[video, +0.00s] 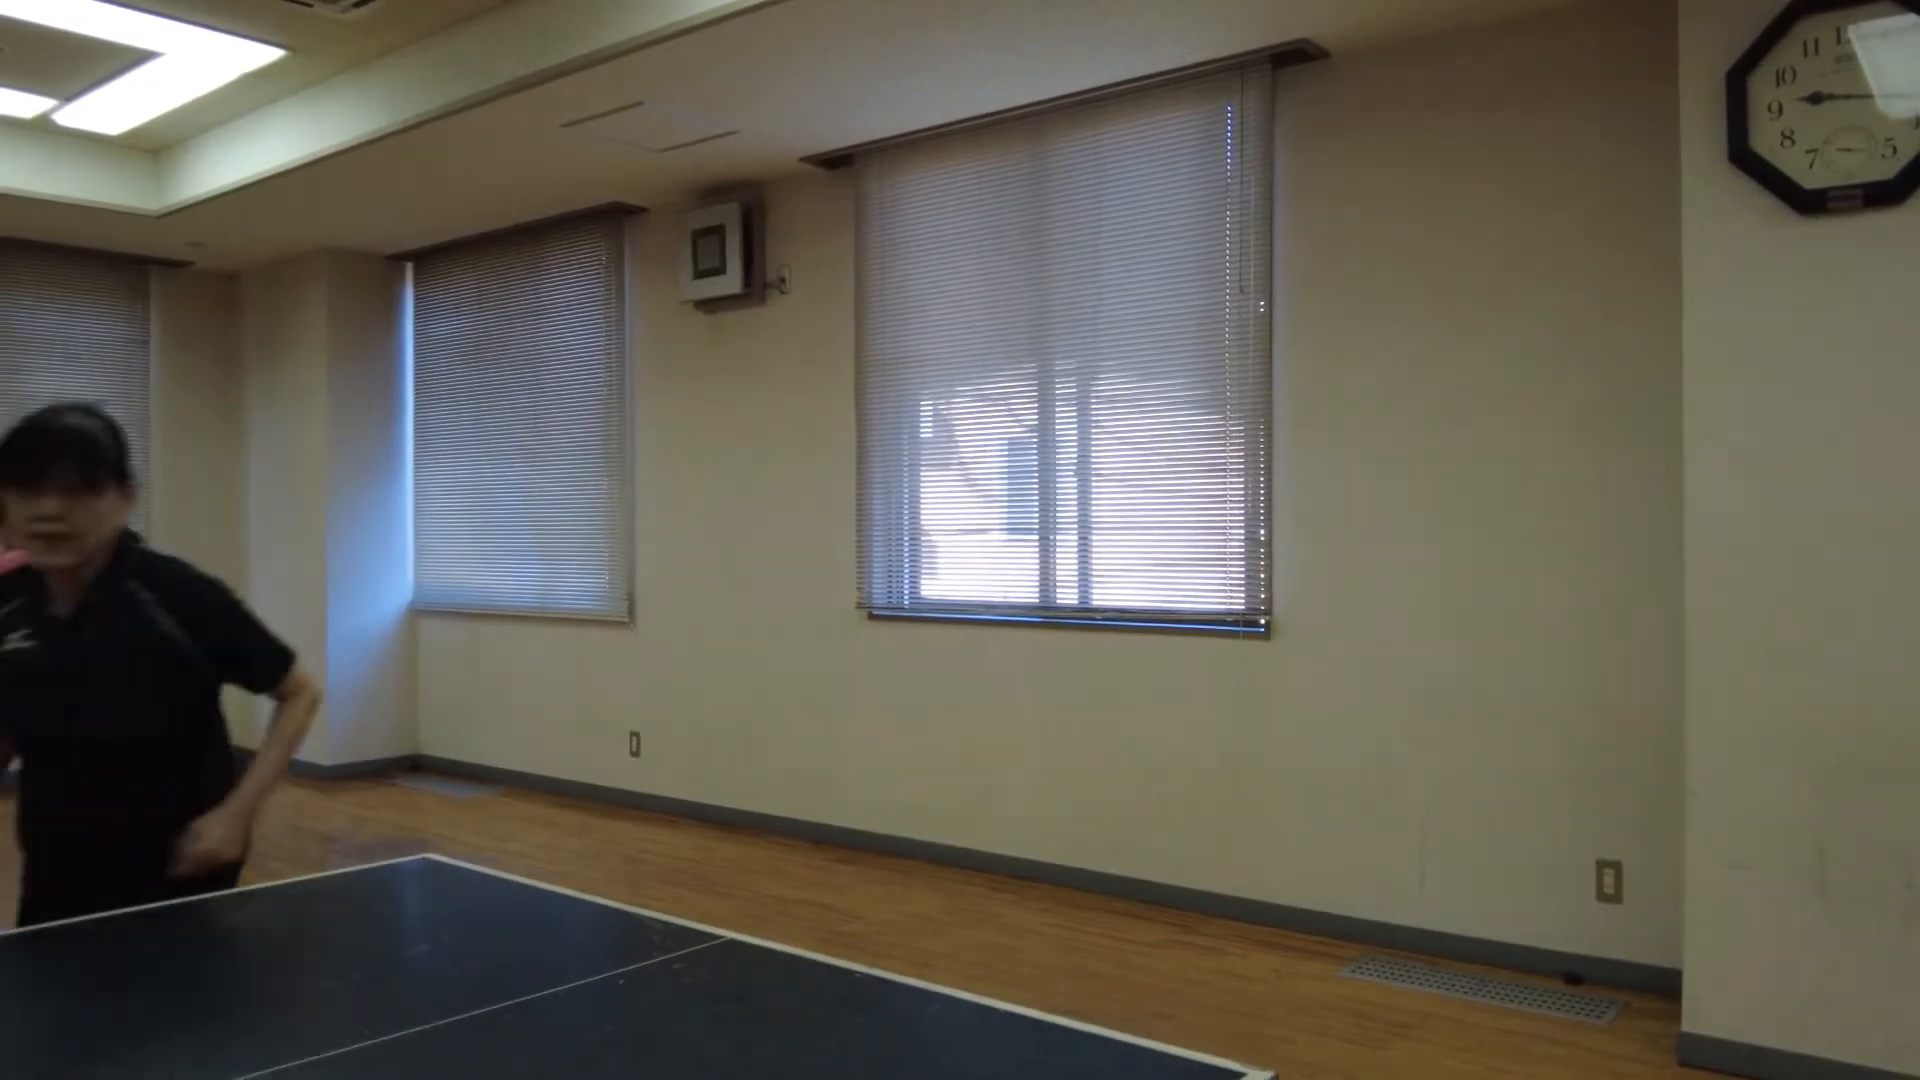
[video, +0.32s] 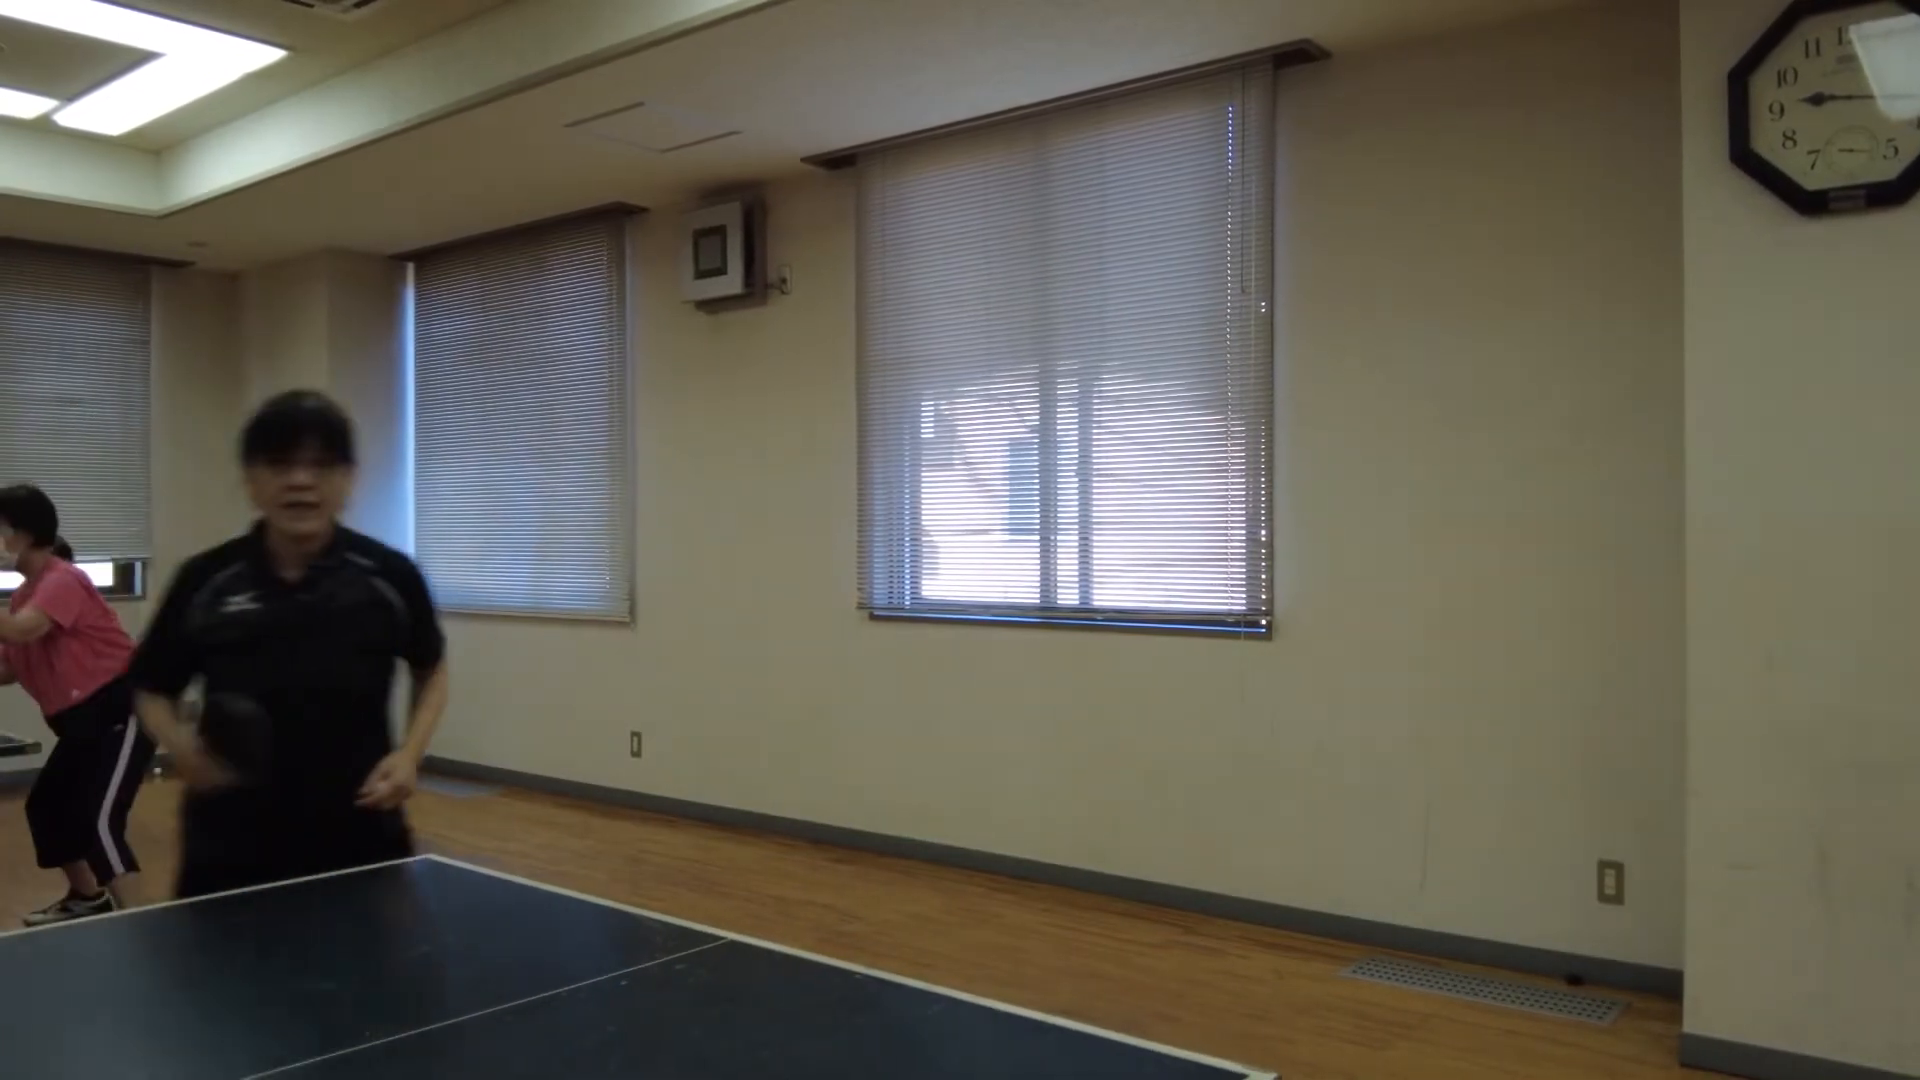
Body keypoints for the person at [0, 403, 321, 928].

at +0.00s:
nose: (49, 509)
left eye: (77, 489)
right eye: (29, 490)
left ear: (124, 499)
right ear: (4, 505)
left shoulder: (174, 594)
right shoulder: (12, 608)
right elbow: (12, 738)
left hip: (175, 894)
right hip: (58, 892)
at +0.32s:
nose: (301, 480)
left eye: (320, 465)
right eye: (280, 464)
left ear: (347, 479)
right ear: (250, 480)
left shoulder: (390, 579)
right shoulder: (205, 581)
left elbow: (430, 670)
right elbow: (150, 689)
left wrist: (410, 755)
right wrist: (183, 747)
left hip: (354, 848)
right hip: (233, 849)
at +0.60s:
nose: (498, 476)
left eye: (514, 459)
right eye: (475, 460)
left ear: (532, 468)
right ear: (438, 472)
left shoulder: (541, 558)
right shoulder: (405, 573)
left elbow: (548, 655)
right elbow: (358, 706)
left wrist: (579, 705)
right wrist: (487, 718)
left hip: (513, 809)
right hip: (419, 816)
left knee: (520, 951)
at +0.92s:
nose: (619, 480)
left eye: (634, 462)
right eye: (595, 465)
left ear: (652, 471)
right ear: (559, 479)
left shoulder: (659, 563)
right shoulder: (531, 574)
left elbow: (651, 679)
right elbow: (489, 713)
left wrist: (707, 676)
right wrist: (613, 676)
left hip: (630, 815)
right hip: (544, 820)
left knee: (605, 965)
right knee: (547, 975)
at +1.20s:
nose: (701, 470)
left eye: (713, 449)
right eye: (678, 456)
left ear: (731, 456)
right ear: (643, 471)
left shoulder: (755, 550)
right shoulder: (624, 556)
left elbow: (768, 673)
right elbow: (631, 666)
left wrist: (820, 678)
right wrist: (672, 530)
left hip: (754, 813)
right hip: (661, 821)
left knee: (799, 982)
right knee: (680, 991)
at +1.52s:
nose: (806, 474)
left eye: (821, 452)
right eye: (783, 462)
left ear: (852, 457)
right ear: (762, 482)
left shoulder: (902, 562)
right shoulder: (744, 567)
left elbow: (934, 668)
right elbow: (687, 653)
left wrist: (939, 716)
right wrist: (714, 522)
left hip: (885, 821)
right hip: (773, 823)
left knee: (935, 1001)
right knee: (765, 999)